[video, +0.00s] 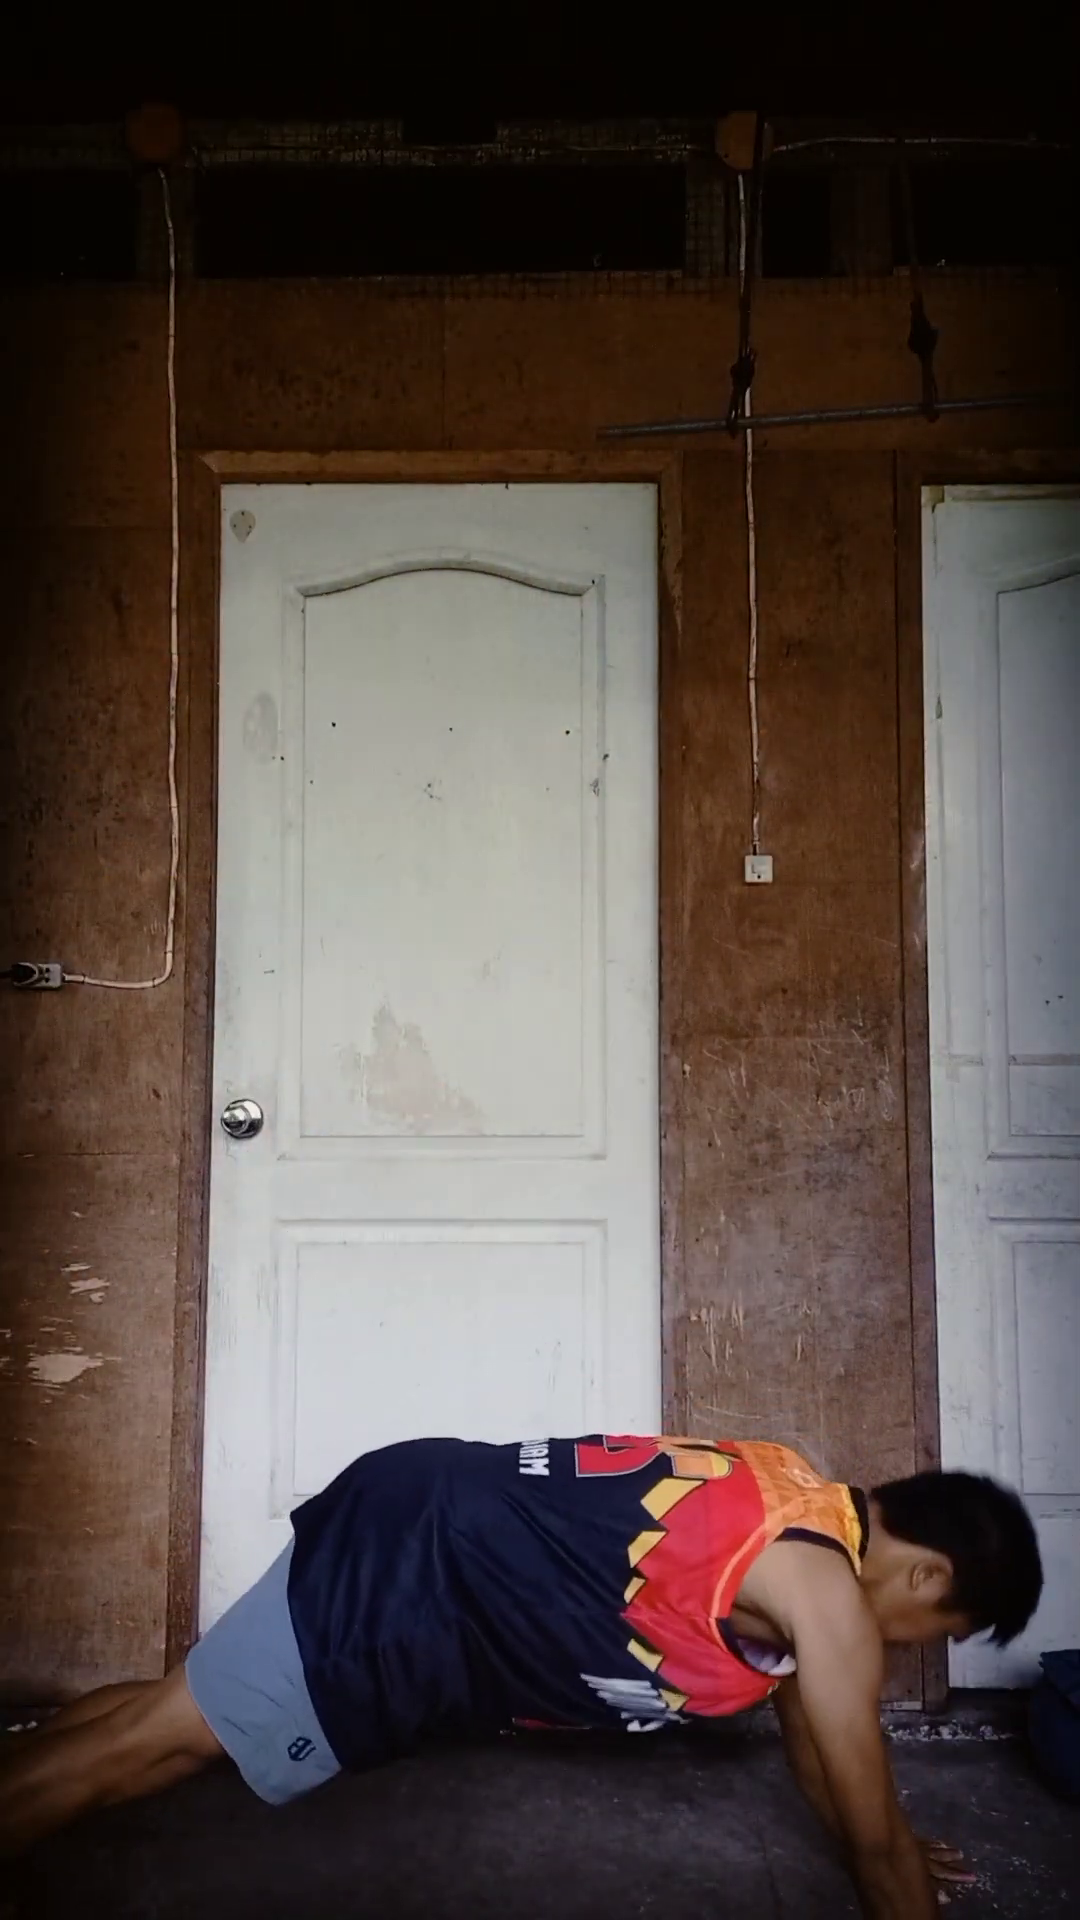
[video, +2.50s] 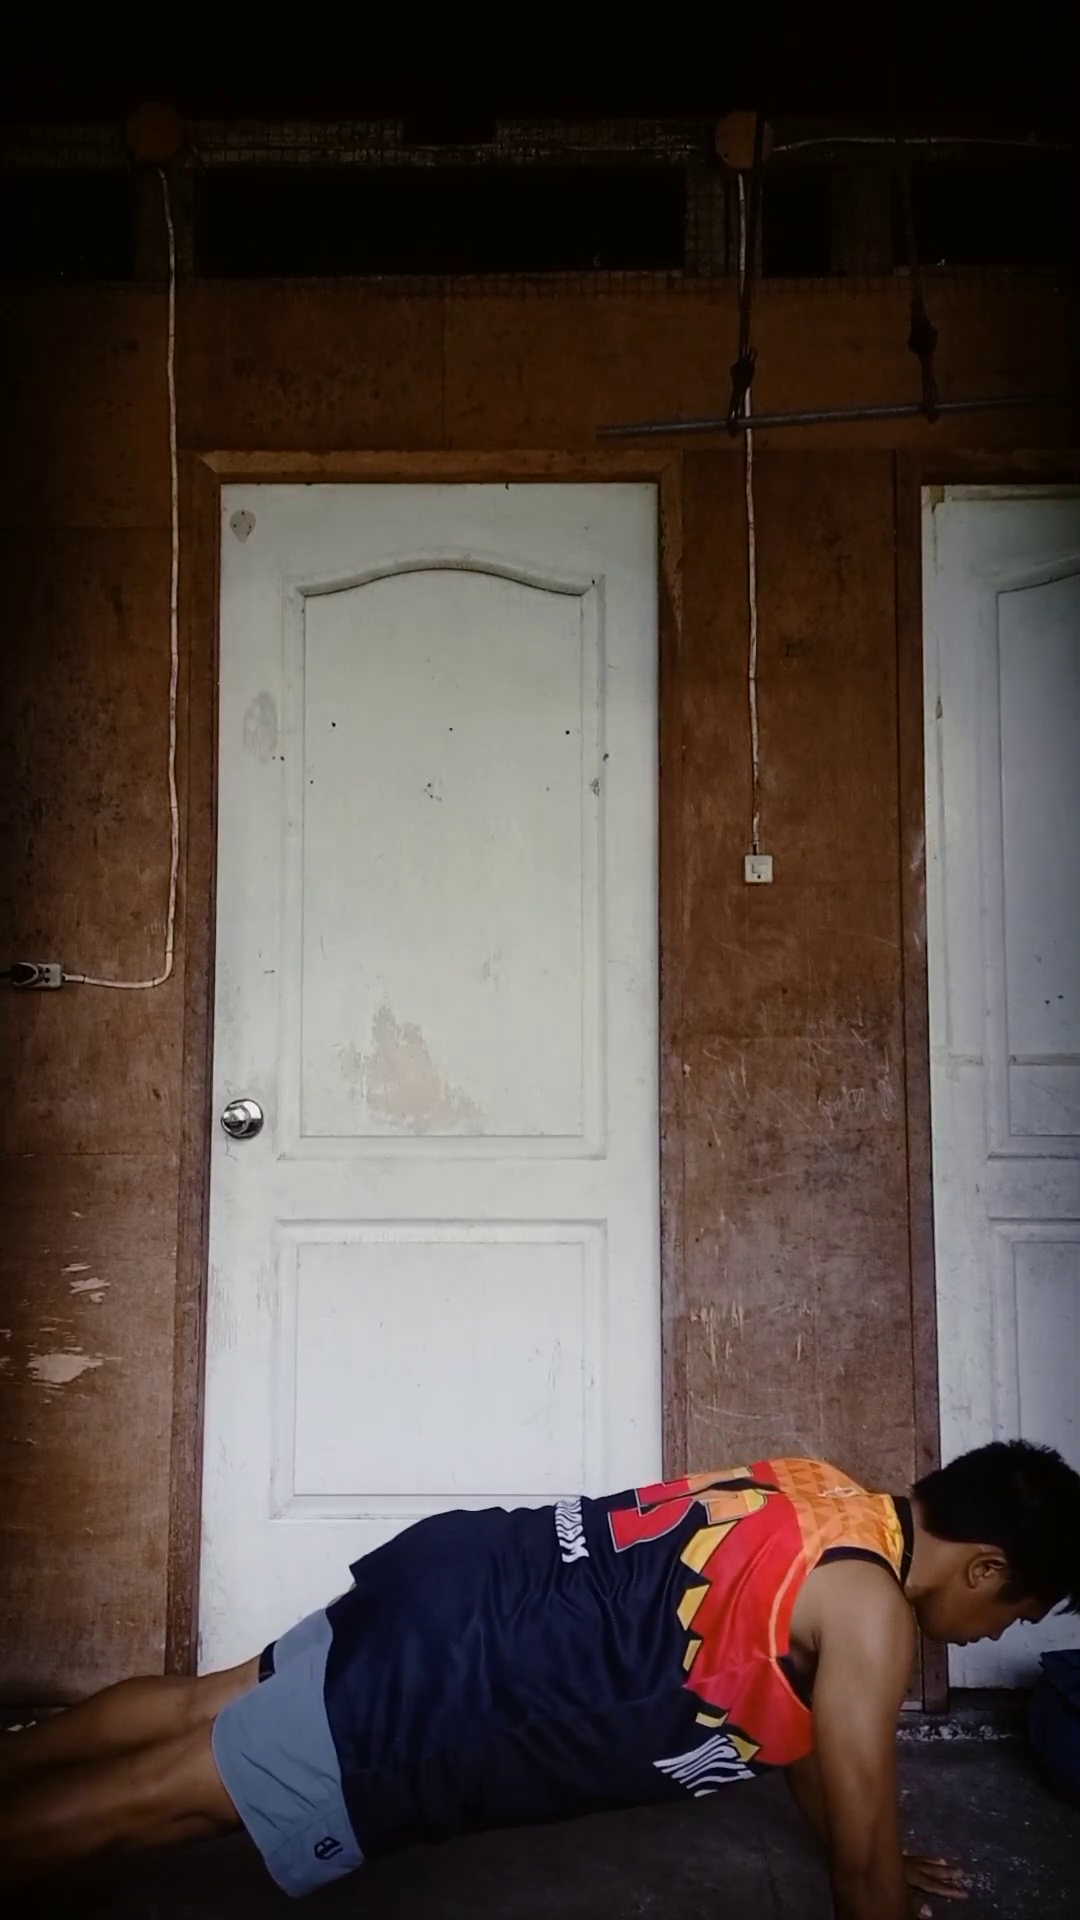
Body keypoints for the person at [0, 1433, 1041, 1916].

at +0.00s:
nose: (921, 1648)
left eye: (943, 1636)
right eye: (943, 1627)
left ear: (901, 1513)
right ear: (925, 1571)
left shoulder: (792, 1483)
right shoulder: (824, 1606)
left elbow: (808, 1720)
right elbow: (869, 1831)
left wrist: (882, 1836)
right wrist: (913, 1890)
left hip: (405, 1500)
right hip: (405, 1572)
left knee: (145, 1713)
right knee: (120, 1758)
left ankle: (35, 1763)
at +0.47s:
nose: (969, 1621)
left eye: (991, 1603)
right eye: (987, 1596)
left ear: (924, 1488)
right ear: (959, 1554)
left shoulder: (803, 1479)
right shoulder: (841, 1613)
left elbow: (810, 1721)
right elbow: (869, 1850)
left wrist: (892, 1852)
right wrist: (906, 1899)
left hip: (420, 1518)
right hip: (416, 1630)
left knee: (167, 1685)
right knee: (127, 1781)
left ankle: (6, 1773)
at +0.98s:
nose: (980, 1623)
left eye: (1001, 1606)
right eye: (996, 1599)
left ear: (931, 1492)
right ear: (964, 1557)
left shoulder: (810, 1483)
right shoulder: (851, 1617)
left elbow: (809, 1714)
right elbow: (864, 1865)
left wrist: (884, 1852)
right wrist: (905, 1896)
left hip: (437, 1537)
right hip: (438, 1644)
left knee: (192, 1688)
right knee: (143, 1787)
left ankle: (2, 1767)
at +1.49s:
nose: (985, 1625)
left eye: (1006, 1607)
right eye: (1000, 1601)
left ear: (938, 1498)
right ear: (965, 1555)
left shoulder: (820, 1481)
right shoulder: (852, 1619)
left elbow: (797, 1706)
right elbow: (866, 1877)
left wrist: (873, 1844)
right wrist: (911, 1893)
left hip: (450, 1544)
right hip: (447, 1649)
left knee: (197, 1693)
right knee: (143, 1789)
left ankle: (2, 1766)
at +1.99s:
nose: (995, 1632)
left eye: (1017, 1615)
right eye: (1012, 1609)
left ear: (945, 1500)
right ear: (974, 1561)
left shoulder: (825, 1487)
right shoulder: (860, 1621)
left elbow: (798, 1705)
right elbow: (866, 1879)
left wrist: (866, 1847)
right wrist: (905, 1889)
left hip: (459, 1561)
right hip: (454, 1671)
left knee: (205, 1696)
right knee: (155, 1796)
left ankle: (4, 1766)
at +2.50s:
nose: (996, 1632)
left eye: (1017, 1615)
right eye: (1012, 1609)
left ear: (945, 1498)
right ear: (977, 1563)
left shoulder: (822, 1486)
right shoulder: (866, 1620)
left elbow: (798, 1697)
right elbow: (869, 1874)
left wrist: (873, 1841)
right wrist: (910, 1895)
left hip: (457, 1566)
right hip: (455, 1680)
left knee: (211, 1699)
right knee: (152, 1802)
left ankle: (4, 1764)